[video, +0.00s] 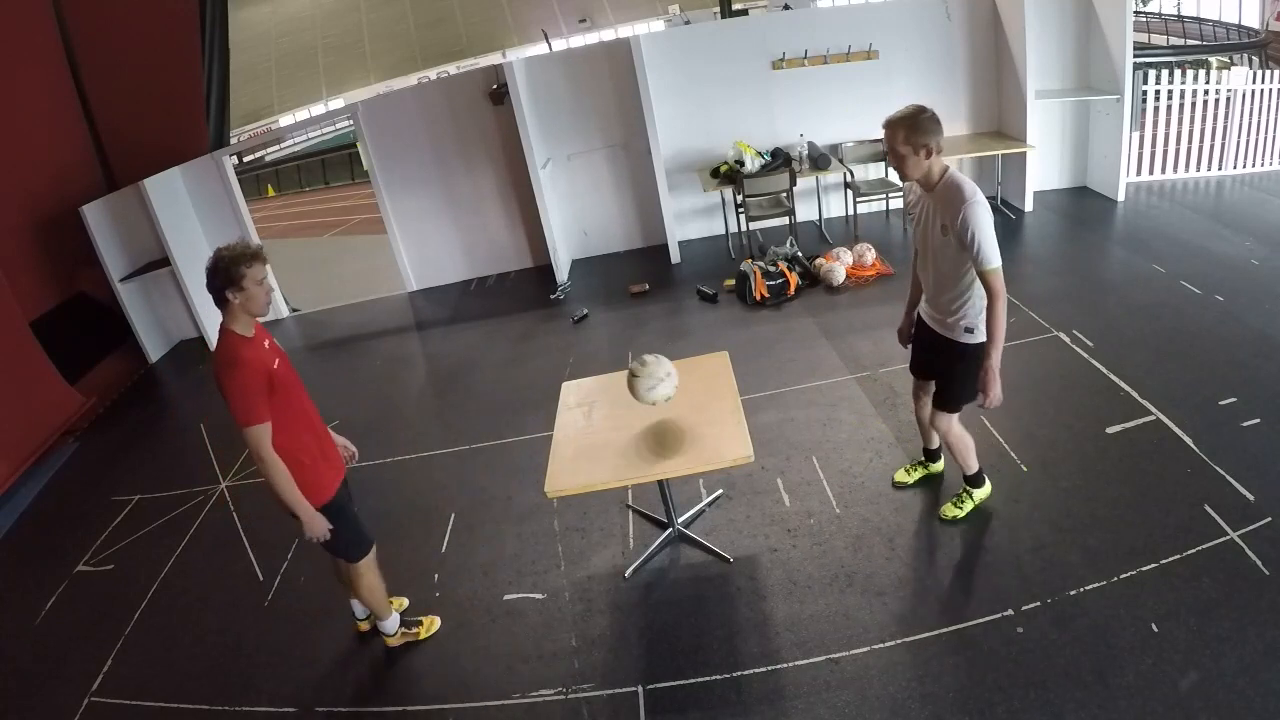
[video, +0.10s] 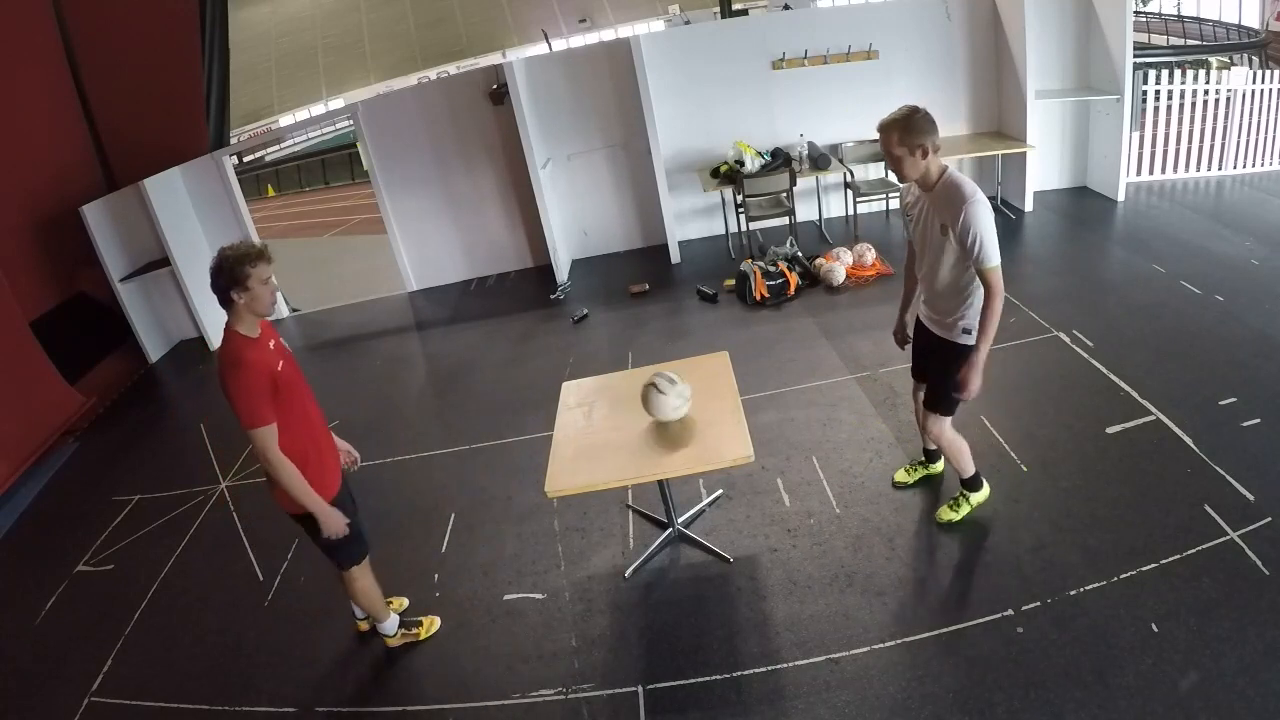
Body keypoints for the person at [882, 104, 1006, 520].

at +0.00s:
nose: (891, 163)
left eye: (897, 155)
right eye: (888, 154)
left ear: (928, 151)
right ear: (919, 152)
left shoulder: (966, 202)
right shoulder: (916, 190)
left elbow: (997, 291)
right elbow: (920, 260)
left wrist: (992, 364)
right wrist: (909, 314)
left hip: (966, 331)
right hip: (929, 319)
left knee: (944, 420)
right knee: (921, 394)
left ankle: (977, 484)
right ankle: (932, 459)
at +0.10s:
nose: (888, 165)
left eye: (893, 156)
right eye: (885, 156)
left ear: (924, 151)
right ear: (916, 152)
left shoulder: (967, 204)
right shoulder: (912, 193)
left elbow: (996, 289)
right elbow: (913, 257)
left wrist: (977, 361)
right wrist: (903, 315)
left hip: (960, 333)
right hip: (926, 320)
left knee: (936, 425)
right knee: (921, 396)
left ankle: (974, 486)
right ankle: (931, 459)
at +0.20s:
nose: (889, 169)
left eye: (894, 159)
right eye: (886, 159)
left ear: (924, 151)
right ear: (915, 153)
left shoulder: (968, 206)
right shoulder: (913, 194)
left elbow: (992, 290)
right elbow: (913, 258)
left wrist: (963, 355)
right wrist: (898, 314)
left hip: (962, 337)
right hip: (926, 323)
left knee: (942, 427)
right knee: (922, 392)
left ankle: (966, 506)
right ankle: (931, 458)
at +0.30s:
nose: (892, 168)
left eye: (897, 159)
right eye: (890, 159)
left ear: (927, 153)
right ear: (921, 154)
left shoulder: (971, 211)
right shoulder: (917, 195)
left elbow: (989, 294)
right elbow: (916, 260)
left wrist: (955, 353)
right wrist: (897, 312)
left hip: (965, 341)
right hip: (929, 326)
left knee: (950, 430)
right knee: (923, 394)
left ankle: (967, 510)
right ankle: (932, 459)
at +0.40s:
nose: (898, 173)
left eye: (902, 163)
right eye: (895, 164)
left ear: (933, 154)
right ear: (927, 155)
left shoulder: (976, 216)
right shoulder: (930, 199)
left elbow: (991, 303)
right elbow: (924, 265)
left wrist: (954, 360)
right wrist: (901, 313)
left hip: (968, 347)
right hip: (932, 331)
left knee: (955, 433)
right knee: (926, 396)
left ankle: (968, 511)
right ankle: (933, 459)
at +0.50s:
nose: (905, 174)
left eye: (909, 165)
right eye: (902, 165)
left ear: (939, 156)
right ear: (932, 157)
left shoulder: (982, 216)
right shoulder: (936, 200)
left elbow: (999, 307)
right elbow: (931, 269)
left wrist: (960, 370)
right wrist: (909, 320)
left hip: (971, 351)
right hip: (936, 336)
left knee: (959, 436)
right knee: (926, 401)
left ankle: (967, 512)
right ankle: (933, 459)